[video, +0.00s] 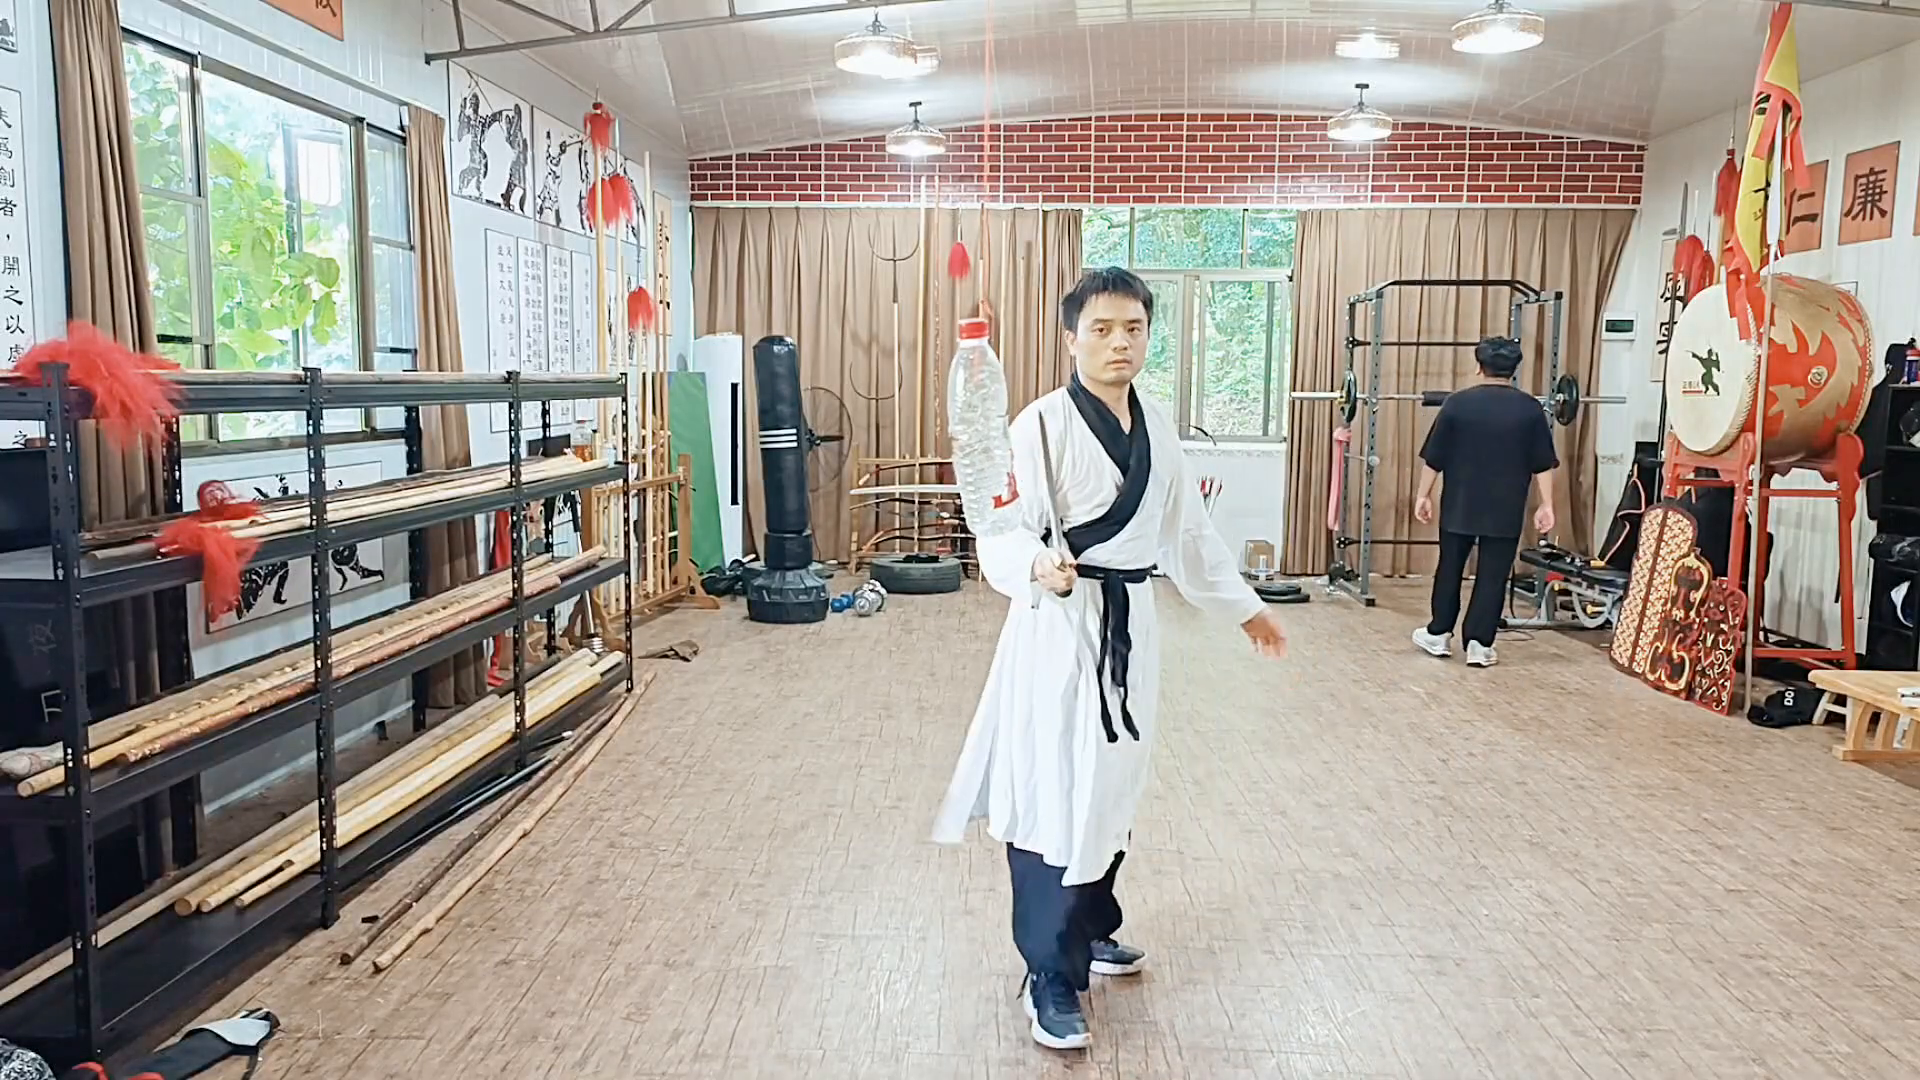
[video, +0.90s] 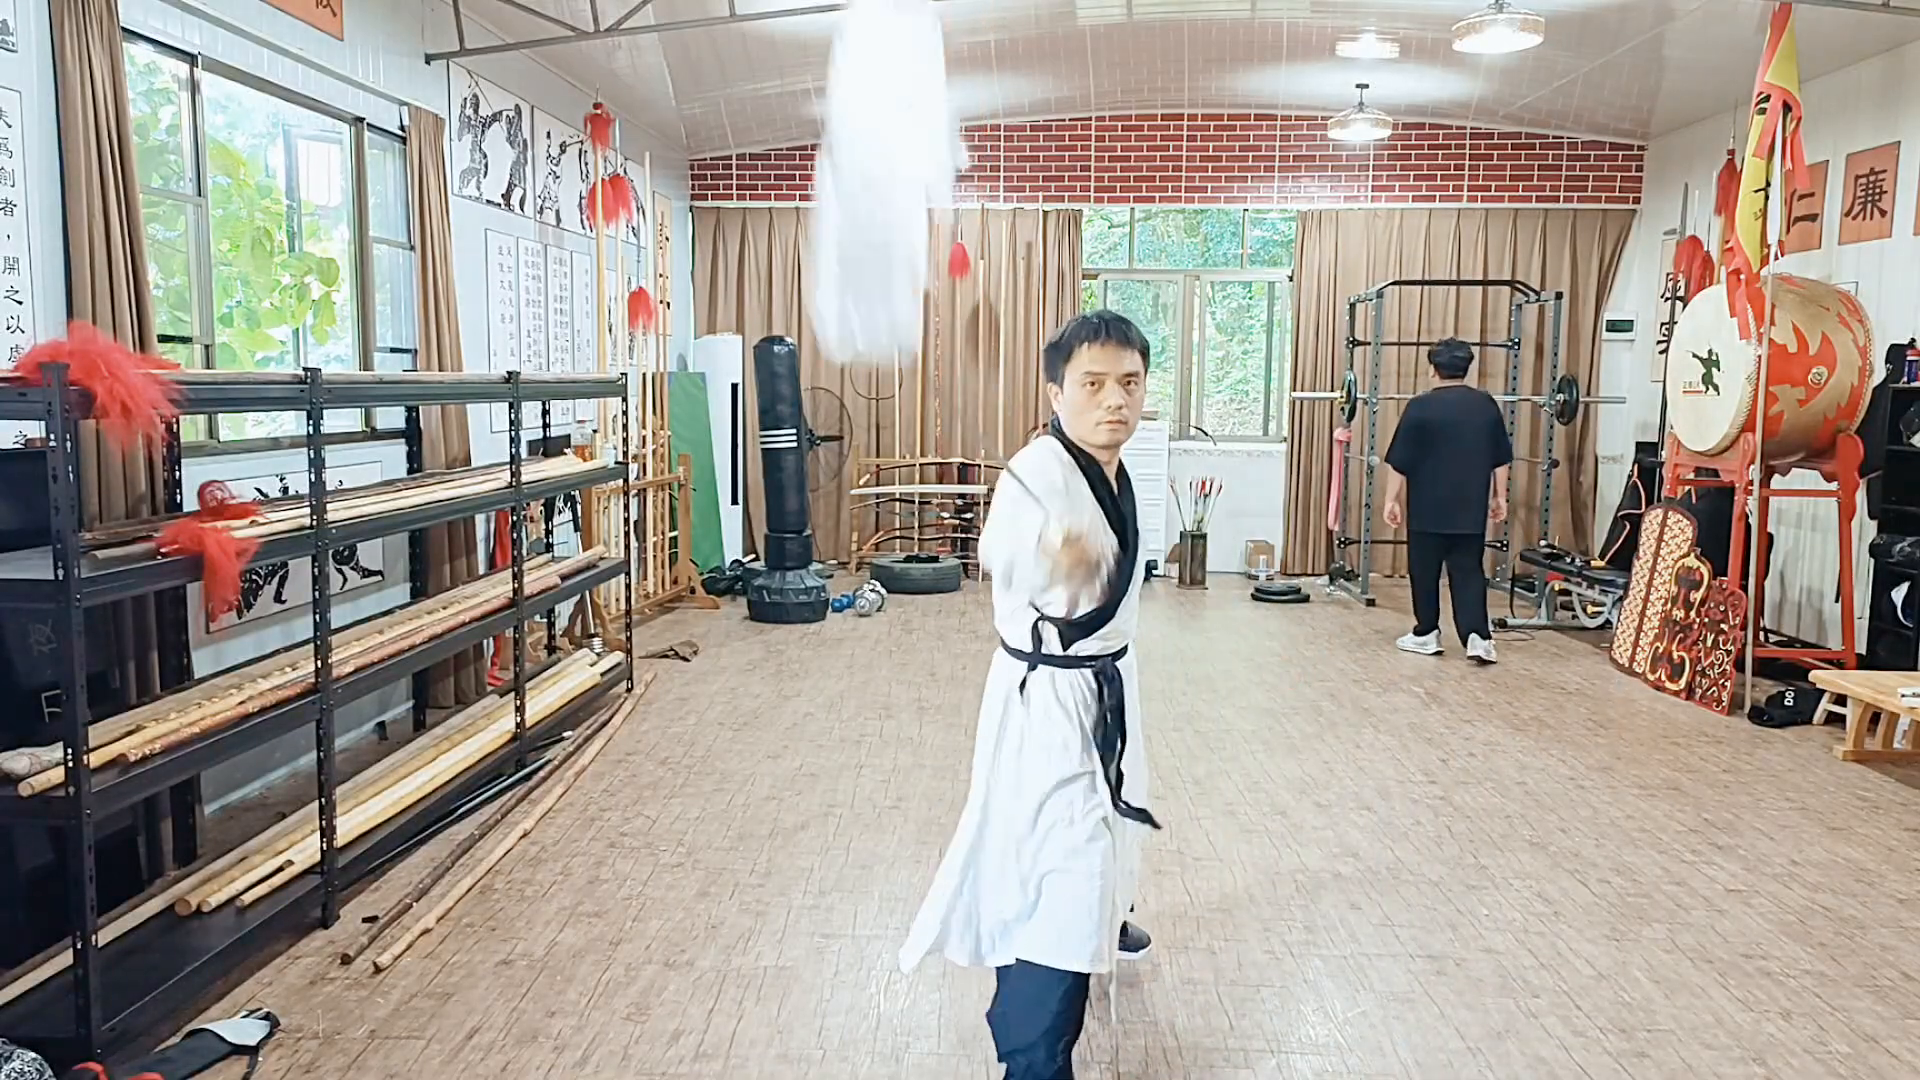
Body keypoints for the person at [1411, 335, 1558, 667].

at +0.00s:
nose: (1475, 368)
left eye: (1477, 364)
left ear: (1480, 367)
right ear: (1514, 369)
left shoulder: (1458, 402)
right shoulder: (1530, 408)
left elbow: (1435, 456)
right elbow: (1543, 463)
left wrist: (1423, 494)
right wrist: (1546, 505)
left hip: (1459, 508)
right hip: (1505, 513)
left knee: (1449, 571)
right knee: (1492, 580)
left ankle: (1438, 636)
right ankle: (1479, 646)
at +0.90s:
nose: (1430, 370)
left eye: (1432, 366)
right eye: (1434, 365)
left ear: (1435, 370)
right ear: (1467, 370)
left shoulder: (1420, 405)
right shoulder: (1485, 403)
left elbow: (1399, 459)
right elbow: (1501, 456)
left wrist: (1391, 498)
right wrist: (1500, 495)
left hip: (1427, 508)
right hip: (1470, 509)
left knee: (1424, 573)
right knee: (1468, 571)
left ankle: (1426, 634)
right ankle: (1477, 637)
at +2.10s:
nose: (1405, 384)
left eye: (1406, 380)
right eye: (1407, 379)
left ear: (1410, 384)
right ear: (1441, 385)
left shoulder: (1401, 422)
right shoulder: (1457, 418)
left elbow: (1384, 475)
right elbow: (1470, 469)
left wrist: (1375, 514)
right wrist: (1465, 507)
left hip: (1408, 513)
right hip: (1444, 512)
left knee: (1400, 574)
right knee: (1434, 564)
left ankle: (1424, 632)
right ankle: (1429, 622)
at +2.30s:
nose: (1402, 386)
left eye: (1403, 382)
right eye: (1403, 382)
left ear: (1407, 385)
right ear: (1437, 384)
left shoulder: (1399, 420)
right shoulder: (1457, 417)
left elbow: (1383, 474)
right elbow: (1469, 469)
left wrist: (1377, 511)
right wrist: (1465, 505)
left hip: (1409, 511)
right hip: (1445, 509)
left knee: (1401, 571)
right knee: (1432, 561)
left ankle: (1424, 631)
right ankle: (1428, 620)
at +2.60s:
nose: (1403, 379)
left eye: (1404, 375)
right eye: (1404, 375)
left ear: (1407, 377)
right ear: (1437, 376)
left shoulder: (1398, 412)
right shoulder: (1457, 407)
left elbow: (1383, 461)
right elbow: (1474, 456)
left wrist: (1381, 493)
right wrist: (1475, 490)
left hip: (1412, 504)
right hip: (1450, 502)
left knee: (1407, 562)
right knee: (1436, 560)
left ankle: (1422, 626)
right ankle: (1427, 622)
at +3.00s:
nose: (1402, 381)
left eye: (1403, 376)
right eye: (1404, 375)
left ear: (1408, 379)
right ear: (1437, 377)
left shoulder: (1399, 416)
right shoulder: (1457, 409)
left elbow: (1380, 469)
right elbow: (1473, 460)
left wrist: (1371, 505)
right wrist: (1462, 492)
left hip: (1410, 510)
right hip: (1449, 508)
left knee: (1408, 568)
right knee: (1440, 564)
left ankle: (1424, 632)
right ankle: (1430, 619)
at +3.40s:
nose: (1403, 375)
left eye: (1404, 370)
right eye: (1404, 370)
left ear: (1410, 372)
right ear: (1441, 370)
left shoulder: (1399, 408)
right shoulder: (1466, 406)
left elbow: (1382, 462)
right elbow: (1482, 456)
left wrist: (1376, 499)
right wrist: (1486, 488)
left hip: (1414, 506)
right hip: (1455, 504)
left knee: (1410, 569)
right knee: (1453, 567)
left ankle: (1424, 632)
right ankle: (1459, 623)